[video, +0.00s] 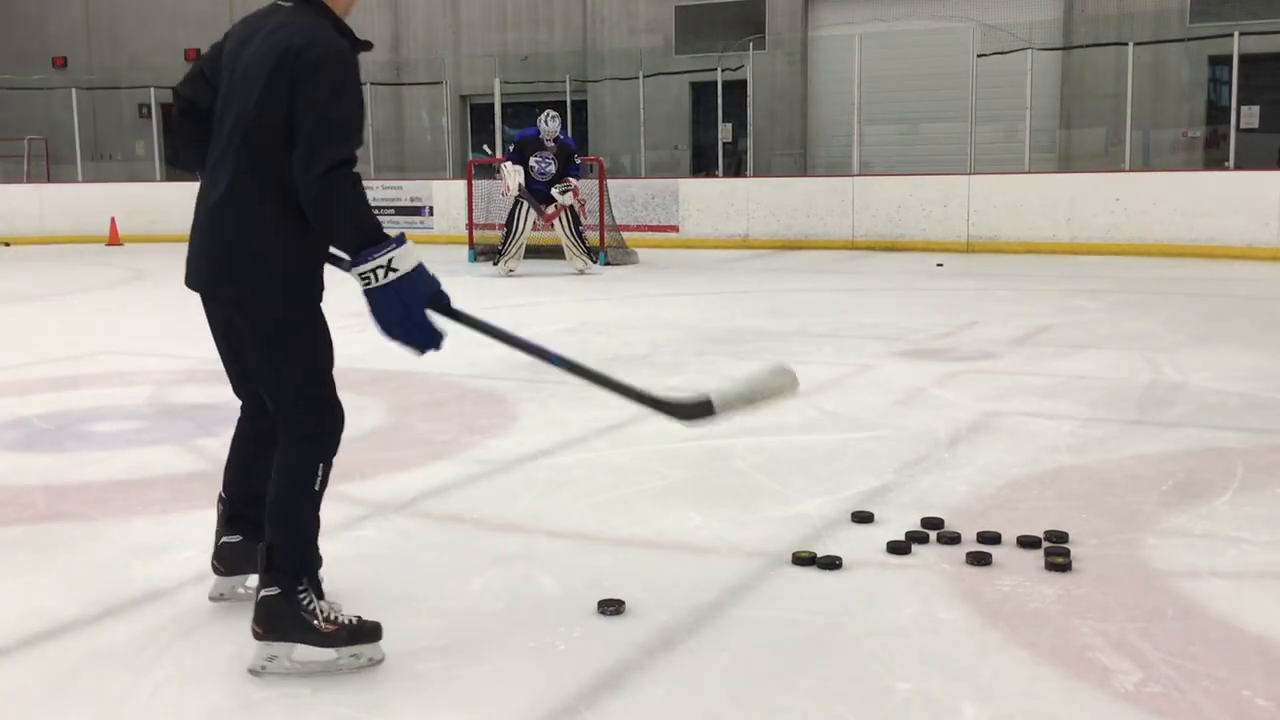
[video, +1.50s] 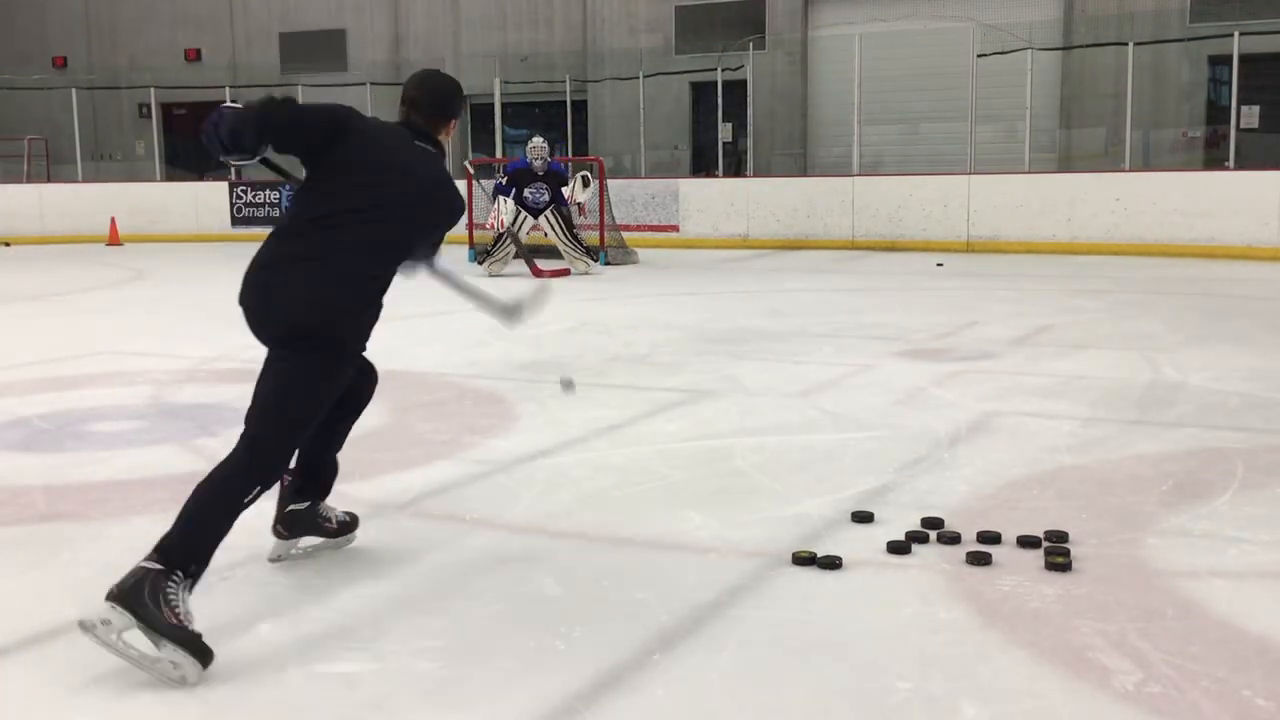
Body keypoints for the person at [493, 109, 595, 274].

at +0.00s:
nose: (550, 137)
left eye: (553, 133)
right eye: (546, 133)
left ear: (559, 129)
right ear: (539, 128)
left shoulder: (566, 144)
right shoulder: (524, 139)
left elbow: (574, 170)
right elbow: (511, 161)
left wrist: (568, 187)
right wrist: (513, 177)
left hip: (557, 195)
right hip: (529, 194)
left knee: (571, 230)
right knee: (516, 229)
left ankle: (584, 264)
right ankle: (505, 265)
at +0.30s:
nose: (537, 132)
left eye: (541, 128)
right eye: (534, 127)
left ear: (547, 127)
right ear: (527, 125)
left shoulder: (556, 143)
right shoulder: (515, 140)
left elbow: (564, 168)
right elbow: (506, 165)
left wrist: (557, 184)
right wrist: (515, 185)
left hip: (551, 194)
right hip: (525, 193)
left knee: (567, 227)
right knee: (514, 228)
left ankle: (581, 263)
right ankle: (506, 264)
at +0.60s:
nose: (539, 142)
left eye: (543, 138)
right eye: (536, 138)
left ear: (549, 138)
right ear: (530, 137)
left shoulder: (558, 153)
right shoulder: (519, 153)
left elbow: (573, 175)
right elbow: (504, 176)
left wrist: (580, 167)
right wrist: (497, 197)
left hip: (552, 198)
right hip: (523, 198)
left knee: (566, 229)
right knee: (509, 229)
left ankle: (579, 263)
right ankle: (496, 264)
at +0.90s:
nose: (539, 149)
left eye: (543, 145)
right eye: (536, 145)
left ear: (549, 146)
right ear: (530, 146)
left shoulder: (556, 164)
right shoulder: (520, 163)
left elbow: (570, 185)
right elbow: (503, 187)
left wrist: (580, 176)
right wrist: (496, 208)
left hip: (549, 204)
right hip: (521, 203)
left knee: (564, 233)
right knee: (507, 232)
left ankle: (583, 263)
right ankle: (491, 264)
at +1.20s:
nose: (539, 154)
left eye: (542, 151)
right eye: (535, 151)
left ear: (548, 151)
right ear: (529, 151)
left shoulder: (557, 166)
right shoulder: (517, 165)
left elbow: (569, 185)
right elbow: (500, 188)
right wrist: (497, 211)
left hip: (548, 206)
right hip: (521, 205)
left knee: (564, 234)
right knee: (507, 234)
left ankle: (584, 263)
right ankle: (491, 264)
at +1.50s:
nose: (538, 155)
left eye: (541, 151)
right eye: (534, 151)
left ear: (547, 152)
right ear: (528, 153)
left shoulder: (556, 170)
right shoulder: (516, 169)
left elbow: (569, 195)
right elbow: (500, 191)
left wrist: (580, 186)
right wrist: (501, 211)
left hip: (549, 209)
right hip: (523, 209)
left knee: (565, 236)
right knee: (510, 237)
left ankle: (584, 263)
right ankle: (491, 265)